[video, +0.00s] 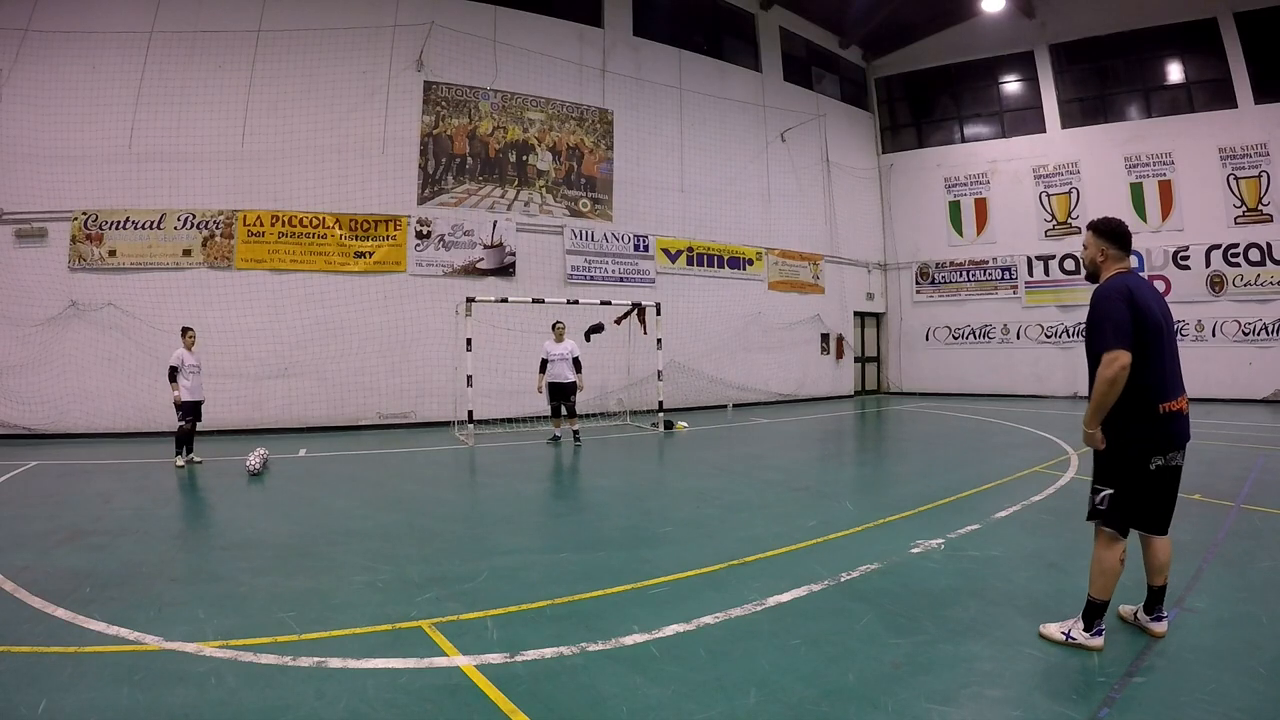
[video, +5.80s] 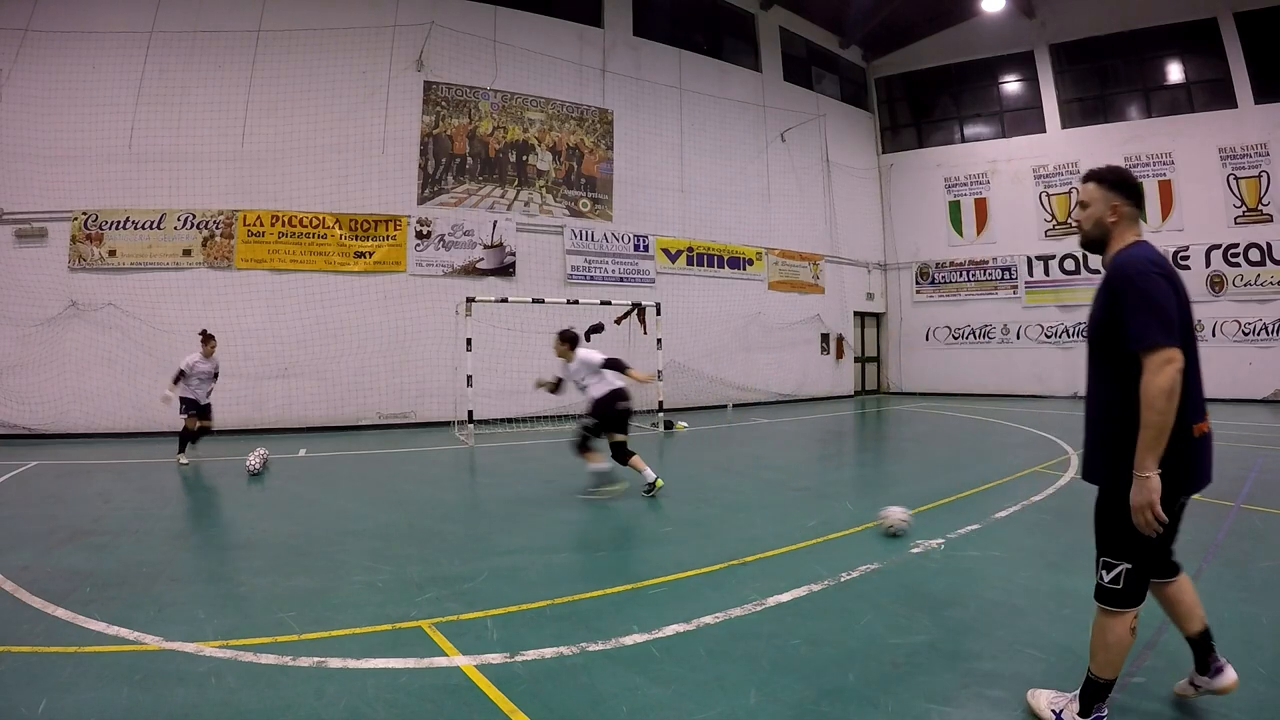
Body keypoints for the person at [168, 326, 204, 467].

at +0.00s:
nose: (193, 340)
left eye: (194, 337)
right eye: (190, 337)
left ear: (195, 339)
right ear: (183, 338)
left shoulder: (195, 355)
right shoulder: (179, 354)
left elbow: (197, 377)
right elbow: (172, 373)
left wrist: (201, 394)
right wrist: (176, 392)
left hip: (196, 397)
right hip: (184, 397)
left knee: (192, 426)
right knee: (184, 426)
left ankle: (189, 454)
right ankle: (178, 456)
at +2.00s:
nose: (193, 339)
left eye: (194, 337)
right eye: (190, 337)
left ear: (196, 339)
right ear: (183, 338)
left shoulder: (196, 356)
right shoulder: (179, 354)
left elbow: (198, 376)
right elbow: (172, 373)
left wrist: (201, 393)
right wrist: (176, 392)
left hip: (196, 397)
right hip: (184, 397)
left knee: (192, 426)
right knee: (184, 426)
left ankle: (189, 454)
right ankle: (178, 456)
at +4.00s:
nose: (190, 340)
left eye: (192, 338)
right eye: (188, 338)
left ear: (193, 339)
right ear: (180, 338)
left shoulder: (193, 356)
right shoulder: (174, 354)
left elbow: (196, 375)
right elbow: (166, 373)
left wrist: (200, 391)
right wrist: (169, 391)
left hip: (191, 398)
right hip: (177, 398)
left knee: (188, 427)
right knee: (175, 425)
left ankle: (189, 454)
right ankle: (163, 449)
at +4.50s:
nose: (174, 341)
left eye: (175, 339)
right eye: (171, 339)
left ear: (176, 340)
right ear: (164, 339)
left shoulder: (177, 357)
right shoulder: (157, 355)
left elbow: (180, 376)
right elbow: (150, 375)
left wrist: (183, 392)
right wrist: (151, 394)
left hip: (177, 399)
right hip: (161, 399)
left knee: (182, 426)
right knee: (160, 427)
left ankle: (188, 452)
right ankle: (160, 452)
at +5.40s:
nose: (194, 344)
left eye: (195, 341)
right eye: (191, 341)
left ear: (195, 342)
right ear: (183, 341)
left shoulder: (194, 358)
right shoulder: (175, 355)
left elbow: (195, 376)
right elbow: (162, 372)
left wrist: (195, 389)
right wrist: (156, 389)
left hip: (187, 399)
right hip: (172, 398)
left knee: (182, 426)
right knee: (173, 424)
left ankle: (177, 452)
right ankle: (163, 451)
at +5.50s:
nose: (199, 345)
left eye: (200, 342)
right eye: (196, 342)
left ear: (199, 343)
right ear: (189, 342)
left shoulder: (199, 359)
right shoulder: (179, 355)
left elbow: (201, 376)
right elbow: (165, 369)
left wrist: (200, 388)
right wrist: (153, 385)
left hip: (190, 397)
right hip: (175, 395)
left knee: (185, 424)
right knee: (181, 421)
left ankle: (178, 450)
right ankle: (173, 450)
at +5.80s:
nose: (214, 350)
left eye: (215, 347)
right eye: (212, 347)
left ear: (214, 347)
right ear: (203, 346)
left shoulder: (214, 362)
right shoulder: (191, 360)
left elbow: (215, 378)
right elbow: (179, 376)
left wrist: (210, 389)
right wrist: (169, 392)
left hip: (203, 397)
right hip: (188, 395)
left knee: (206, 426)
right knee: (190, 424)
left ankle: (192, 440)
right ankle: (181, 453)